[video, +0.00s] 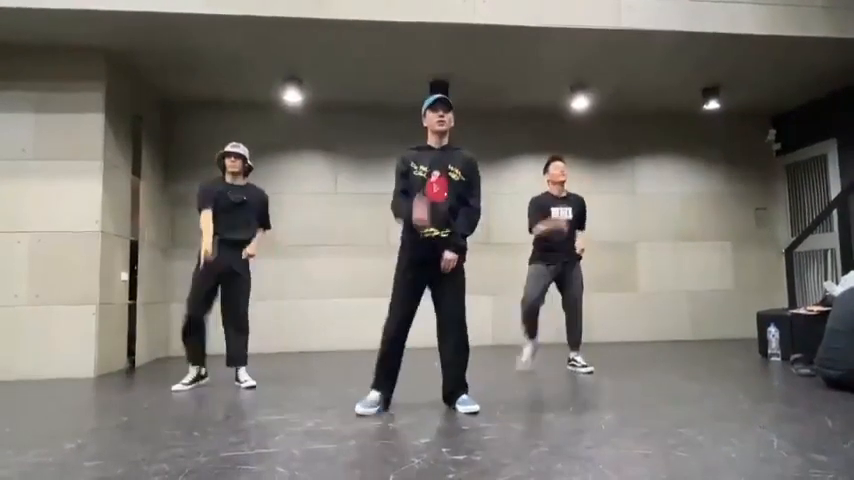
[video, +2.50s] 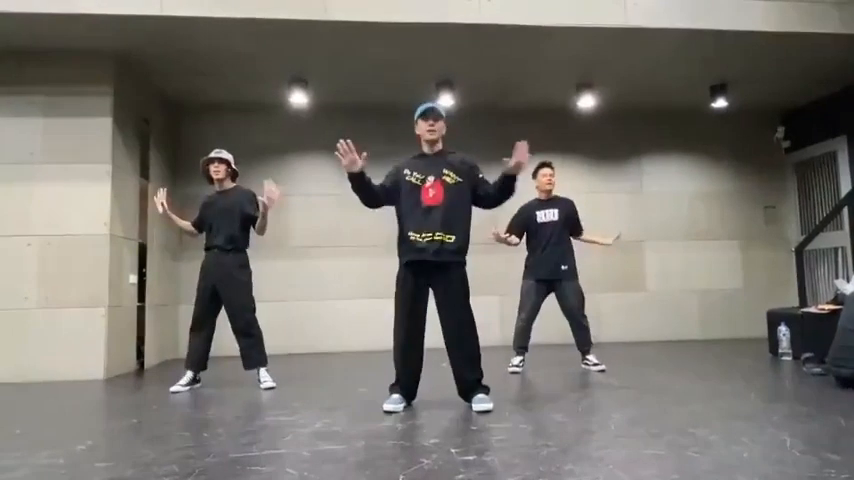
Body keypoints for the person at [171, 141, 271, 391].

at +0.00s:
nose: (232, 161)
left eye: (237, 158)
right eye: (229, 157)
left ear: (246, 163)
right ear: (222, 162)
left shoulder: (258, 195)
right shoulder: (210, 189)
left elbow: (262, 227)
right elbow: (206, 219)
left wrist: (253, 245)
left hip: (238, 258)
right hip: (212, 255)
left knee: (237, 315)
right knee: (194, 311)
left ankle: (240, 369)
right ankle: (197, 368)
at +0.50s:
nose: (218, 161)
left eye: (223, 158)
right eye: (215, 157)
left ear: (233, 163)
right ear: (209, 162)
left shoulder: (247, 194)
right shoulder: (196, 190)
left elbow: (252, 224)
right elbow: (197, 224)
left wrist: (244, 238)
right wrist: (200, 256)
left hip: (230, 259)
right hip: (202, 258)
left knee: (249, 312)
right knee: (177, 315)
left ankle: (257, 365)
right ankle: (172, 365)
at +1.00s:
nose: (220, 168)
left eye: (226, 165)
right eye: (217, 163)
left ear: (233, 171)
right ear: (210, 166)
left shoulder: (242, 197)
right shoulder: (195, 192)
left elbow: (244, 227)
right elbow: (188, 224)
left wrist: (244, 237)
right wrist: (211, 202)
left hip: (237, 256)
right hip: (208, 257)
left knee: (247, 308)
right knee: (197, 310)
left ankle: (252, 366)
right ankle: (182, 368)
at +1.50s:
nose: (204, 166)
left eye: (208, 162)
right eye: (199, 163)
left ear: (218, 166)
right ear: (194, 167)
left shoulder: (233, 195)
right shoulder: (189, 195)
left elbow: (249, 222)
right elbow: (188, 221)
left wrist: (231, 239)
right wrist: (172, 236)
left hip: (215, 257)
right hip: (188, 257)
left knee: (226, 310)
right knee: (178, 312)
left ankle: (249, 365)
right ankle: (180, 370)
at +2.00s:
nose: (232, 161)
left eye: (236, 157)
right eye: (228, 157)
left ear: (245, 163)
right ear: (222, 163)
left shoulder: (261, 192)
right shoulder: (210, 192)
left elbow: (275, 224)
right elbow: (198, 221)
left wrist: (269, 241)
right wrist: (191, 225)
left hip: (250, 261)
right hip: (220, 261)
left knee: (257, 315)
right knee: (205, 314)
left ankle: (263, 368)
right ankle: (192, 368)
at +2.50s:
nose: (215, 167)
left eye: (220, 163)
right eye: (212, 164)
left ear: (230, 168)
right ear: (208, 170)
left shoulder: (245, 195)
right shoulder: (209, 201)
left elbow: (260, 230)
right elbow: (194, 229)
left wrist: (266, 209)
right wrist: (167, 213)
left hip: (236, 263)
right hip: (211, 263)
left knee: (245, 318)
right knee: (202, 318)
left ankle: (261, 370)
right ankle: (192, 372)